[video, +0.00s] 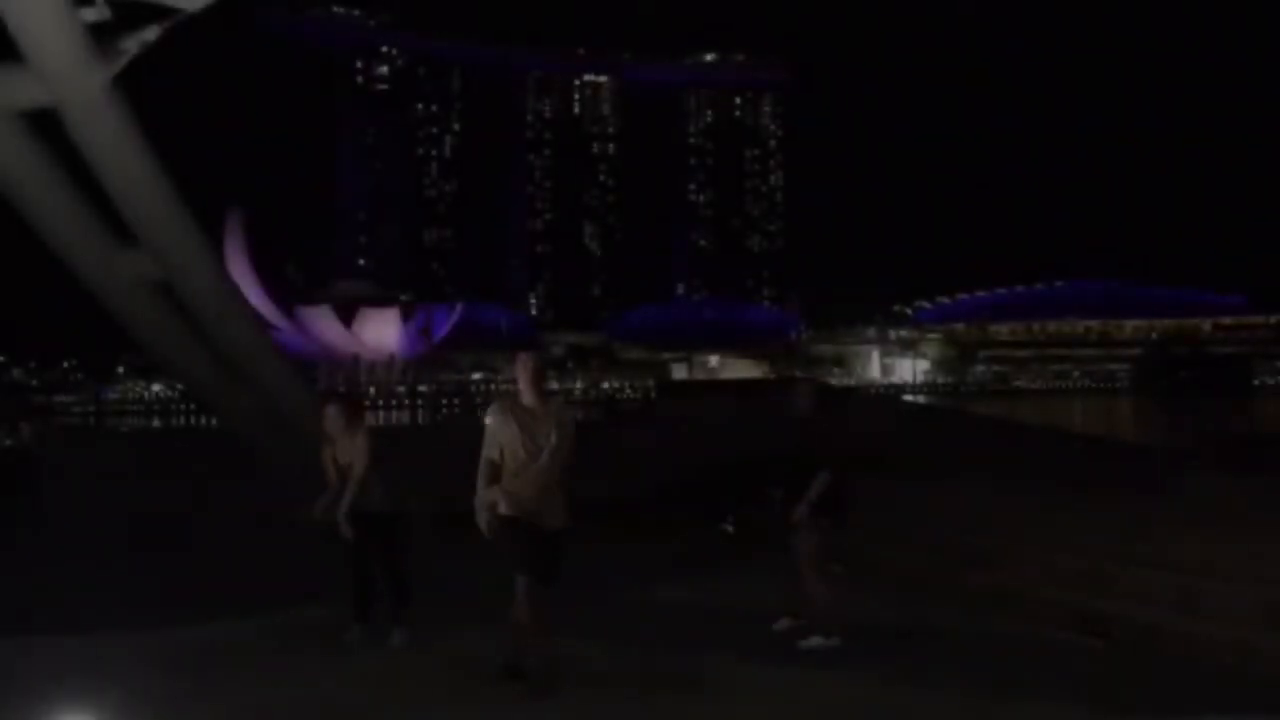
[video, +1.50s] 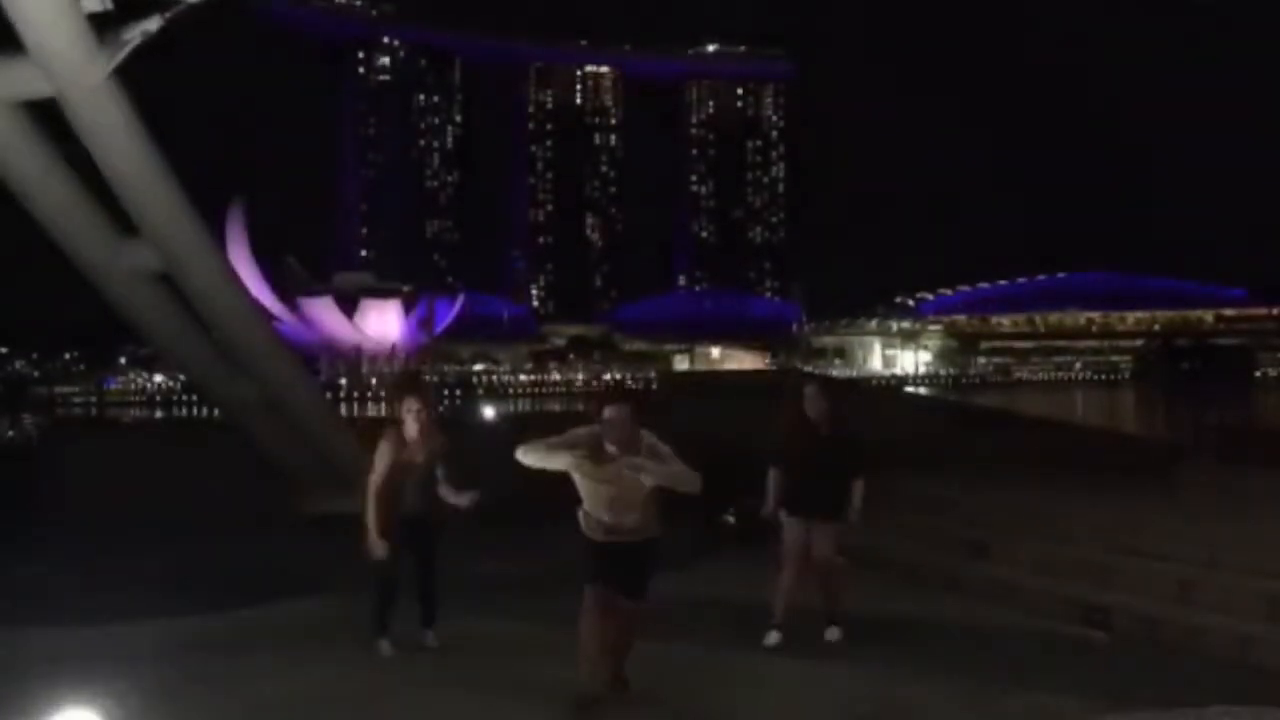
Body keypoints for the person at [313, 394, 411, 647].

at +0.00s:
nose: (329, 424)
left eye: (334, 417)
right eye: (327, 418)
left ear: (347, 419)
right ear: (324, 421)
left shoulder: (360, 441)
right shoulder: (330, 448)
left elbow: (356, 479)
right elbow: (335, 482)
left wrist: (343, 513)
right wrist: (325, 504)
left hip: (379, 510)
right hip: (355, 509)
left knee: (384, 568)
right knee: (359, 569)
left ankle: (397, 622)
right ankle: (361, 619)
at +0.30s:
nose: (341, 419)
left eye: (346, 412)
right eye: (337, 413)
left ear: (357, 414)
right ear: (332, 417)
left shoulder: (375, 441)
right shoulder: (327, 447)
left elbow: (392, 477)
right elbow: (318, 487)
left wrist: (381, 507)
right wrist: (341, 474)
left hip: (376, 517)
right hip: (345, 518)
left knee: (382, 569)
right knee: (351, 572)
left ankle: (389, 624)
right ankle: (356, 624)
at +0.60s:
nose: (364, 415)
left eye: (368, 409)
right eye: (360, 410)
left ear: (377, 413)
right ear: (351, 414)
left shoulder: (389, 440)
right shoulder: (342, 440)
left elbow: (413, 470)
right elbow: (311, 464)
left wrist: (431, 502)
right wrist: (327, 490)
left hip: (385, 516)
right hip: (353, 515)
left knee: (382, 573)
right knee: (354, 571)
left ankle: (378, 628)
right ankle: (355, 625)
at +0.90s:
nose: (383, 405)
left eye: (388, 400)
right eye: (378, 399)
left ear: (395, 403)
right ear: (370, 402)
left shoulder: (402, 431)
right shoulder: (358, 431)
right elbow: (323, 455)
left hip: (395, 502)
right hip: (364, 502)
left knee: (392, 555)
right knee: (372, 554)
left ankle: (381, 605)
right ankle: (366, 602)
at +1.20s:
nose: (400, 442)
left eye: (402, 436)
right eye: (395, 436)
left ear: (404, 440)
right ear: (386, 438)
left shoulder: (403, 464)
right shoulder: (378, 463)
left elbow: (402, 429)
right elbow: (380, 425)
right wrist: (390, 390)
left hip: (404, 526)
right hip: (380, 528)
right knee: (389, 586)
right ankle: (384, 638)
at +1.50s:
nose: (417, 416)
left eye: (421, 410)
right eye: (410, 410)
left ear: (428, 413)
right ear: (400, 414)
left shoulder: (434, 443)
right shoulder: (392, 443)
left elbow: (441, 485)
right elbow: (374, 486)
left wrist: (459, 498)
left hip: (425, 520)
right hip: (394, 520)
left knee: (427, 575)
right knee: (389, 578)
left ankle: (428, 629)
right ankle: (382, 634)